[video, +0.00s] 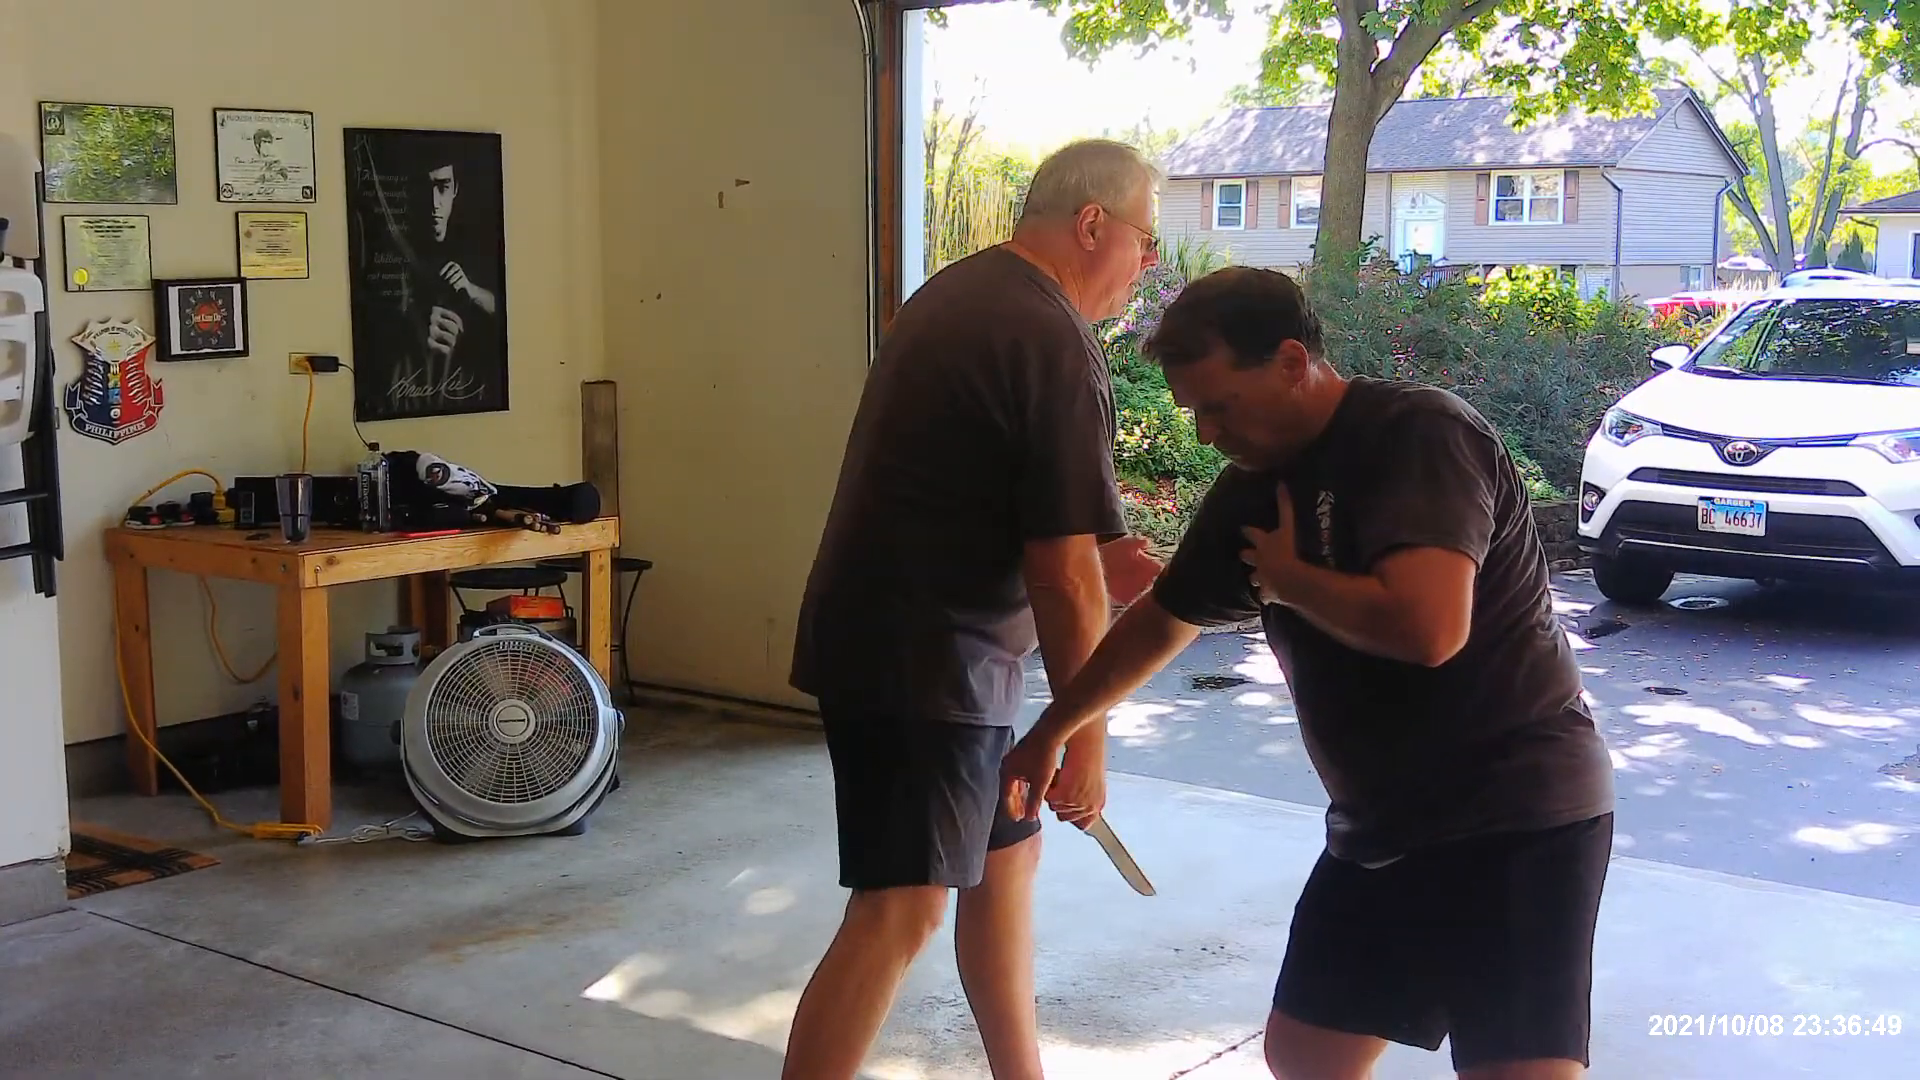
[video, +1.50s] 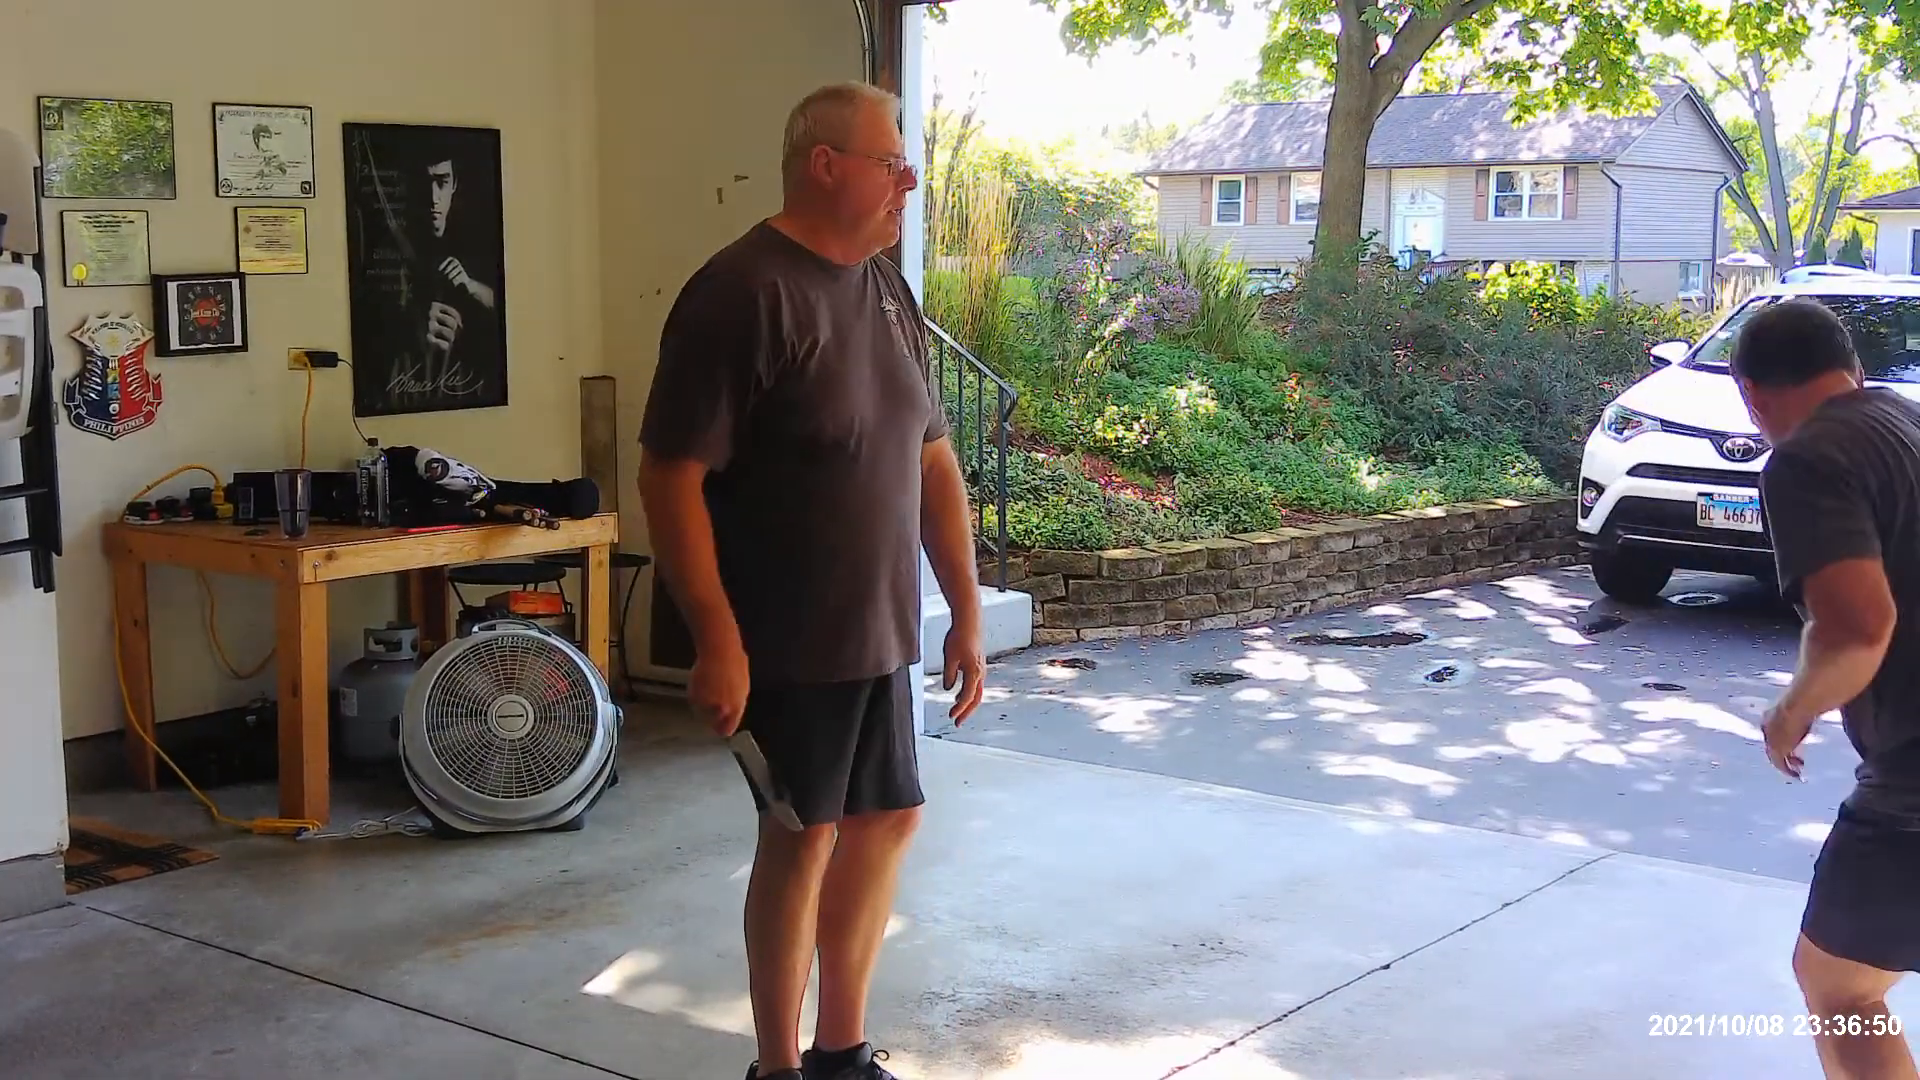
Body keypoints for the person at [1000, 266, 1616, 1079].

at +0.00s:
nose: (1204, 434)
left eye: (1216, 408)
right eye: (1193, 413)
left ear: (1294, 366)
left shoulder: (1425, 431)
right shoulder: (1249, 492)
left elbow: (1429, 626)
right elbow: (1160, 620)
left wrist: (1289, 579)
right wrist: (1051, 728)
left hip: (1523, 815)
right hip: (1377, 826)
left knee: (1518, 1065)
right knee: (1305, 1052)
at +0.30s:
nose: (1275, 423)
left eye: (1261, 396)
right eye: (1260, 401)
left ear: (1291, 355)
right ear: (1305, 344)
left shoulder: (1462, 415)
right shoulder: (1398, 430)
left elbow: (1429, 638)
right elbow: (1424, 665)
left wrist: (1331, 553)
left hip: (1532, 840)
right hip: (1447, 828)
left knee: (1484, 1065)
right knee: (1377, 1037)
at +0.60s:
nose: (1382, 388)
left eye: (1372, 370)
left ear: (1379, 365)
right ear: (1493, 320)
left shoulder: (1449, 451)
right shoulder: (1618, 409)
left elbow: (1386, 679)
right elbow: (1752, 575)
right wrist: (1841, 752)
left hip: (1575, 848)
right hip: (1692, 817)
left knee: (1512, 1068)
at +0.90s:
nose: (1508, 409)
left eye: (1500, 392)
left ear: (1502, 388)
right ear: (1623, 354)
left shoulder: (1549, 480)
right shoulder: (1734, 451)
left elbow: (1498, 708)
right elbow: (1845, 628)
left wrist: (1466, 665)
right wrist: (1883, 807)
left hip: (1654, 868)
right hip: (1796, 842)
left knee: (1495, 1072)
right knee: (1706, 1036)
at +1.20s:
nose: (1662, 354)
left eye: (1656, 338)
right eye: (1659, 340)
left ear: (1663, 335)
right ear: (1763, 300)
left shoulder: (1731, 406)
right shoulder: (1870, 380)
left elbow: (1762, 574)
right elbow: (1905, 531)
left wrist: (1640, 627)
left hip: (1812, 760)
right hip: (1905, 747)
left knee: (1733, 1010)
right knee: (1832, 993)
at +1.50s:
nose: (1751, 419)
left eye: (1745, 400)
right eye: (1749, 400)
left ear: (1757, 394)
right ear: (1850, 367)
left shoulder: (1808, 459)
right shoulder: (1904, 415)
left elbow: (1858, 626)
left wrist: (1795, 711)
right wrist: (1822, 694)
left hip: (1907, 779)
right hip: (1907, 772)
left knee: (1838, 978)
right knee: (1842, 973)